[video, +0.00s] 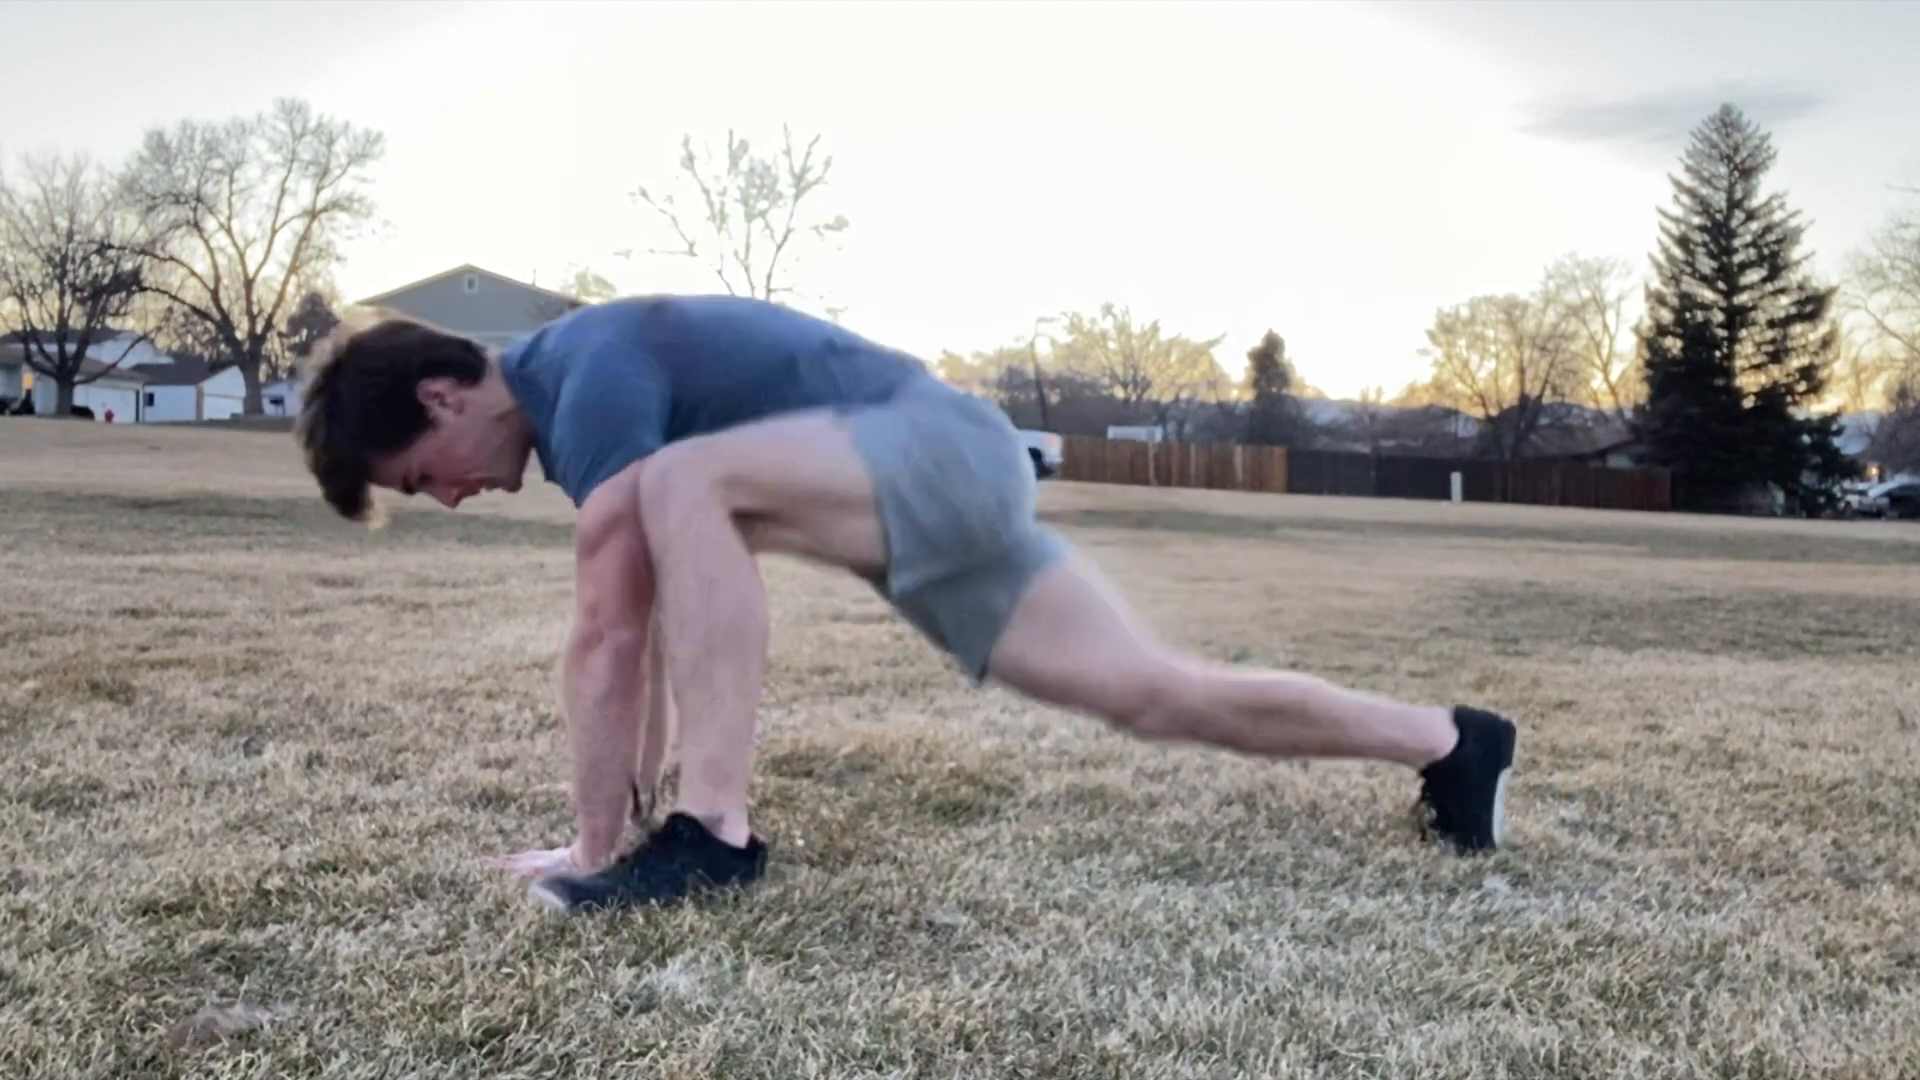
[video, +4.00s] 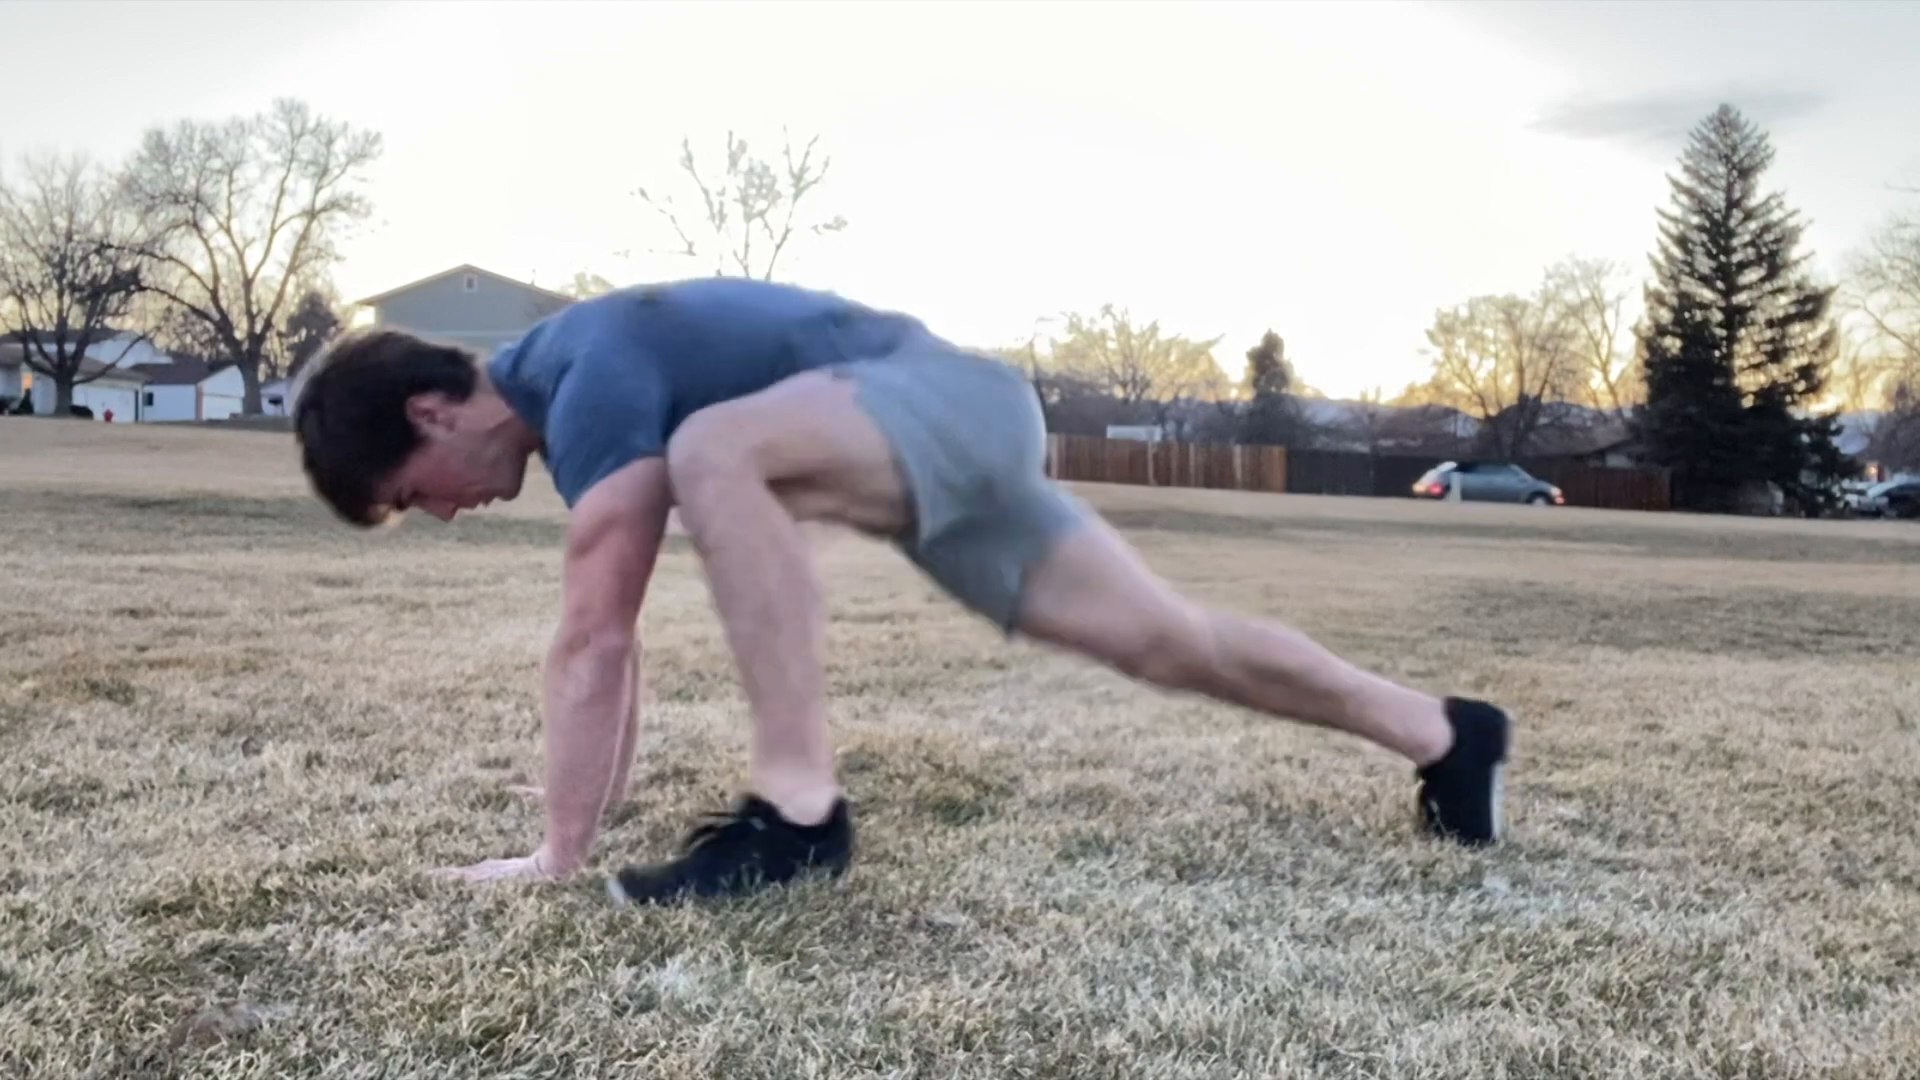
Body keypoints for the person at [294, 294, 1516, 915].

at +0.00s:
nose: (447, 495)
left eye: (424, 473)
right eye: (420, 490)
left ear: (447, 398)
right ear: (449, 402)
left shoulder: (593, 378)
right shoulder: (574, 408)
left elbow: (610, 623)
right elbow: (646, 627)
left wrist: (615, 846)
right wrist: (616, 823)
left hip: (941, 445)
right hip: (941, 509)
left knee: (678, 487)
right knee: (1143, 687)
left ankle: (712, 838)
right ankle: (1446, 743)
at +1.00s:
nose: (723, 570)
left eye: (703, 554)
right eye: (705, 563)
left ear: (699, 485)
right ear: (707, 479)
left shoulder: (795, 426)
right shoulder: (824, 435)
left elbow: (717, 668)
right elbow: (874, 629)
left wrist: (604, 847)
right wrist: (885, 798)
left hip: (1184, 285)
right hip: (1149, 328)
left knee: (1355, 575)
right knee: (1313, 584)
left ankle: (1598, 796)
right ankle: (1525, 775)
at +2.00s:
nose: (1226, 431)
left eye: (1208, 406)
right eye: (1202, 421)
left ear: (1244, 331)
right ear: (1244, 327)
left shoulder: (1380, 298)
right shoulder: (1329, 343)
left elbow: (1409, 544)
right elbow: (1359, 539)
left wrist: (1398, 751)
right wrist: (1376, 717)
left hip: (1717, 224)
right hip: (1608, 262)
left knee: (1615, 511)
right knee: (1530, 513)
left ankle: (1644, 825)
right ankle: (1570, 790)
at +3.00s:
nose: (524, 469)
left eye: (511, 440)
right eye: (504, 453)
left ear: (560, 381)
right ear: (565, 390)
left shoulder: (698, 380)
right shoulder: (707, 405)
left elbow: (635, 653)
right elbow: (801, 594)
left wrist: (563, 861)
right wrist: (833, 784)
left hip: (1087, 359)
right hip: (1045, 410)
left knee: (1300, 626)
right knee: (1243, 644)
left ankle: (1598, 787)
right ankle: (1510, 749)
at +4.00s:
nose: (442, 513)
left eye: (417, 492)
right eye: (417, 506)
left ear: (436, 415)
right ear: (442, 416)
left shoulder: (595, 371)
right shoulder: (570, 405)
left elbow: (594, 635)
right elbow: (602, 642)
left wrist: (555, 859)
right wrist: (571, 845)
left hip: (955, 395)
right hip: (940, 459)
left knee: (715, 458)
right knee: (1166, 642)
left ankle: (798, 808)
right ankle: (1446, 732)